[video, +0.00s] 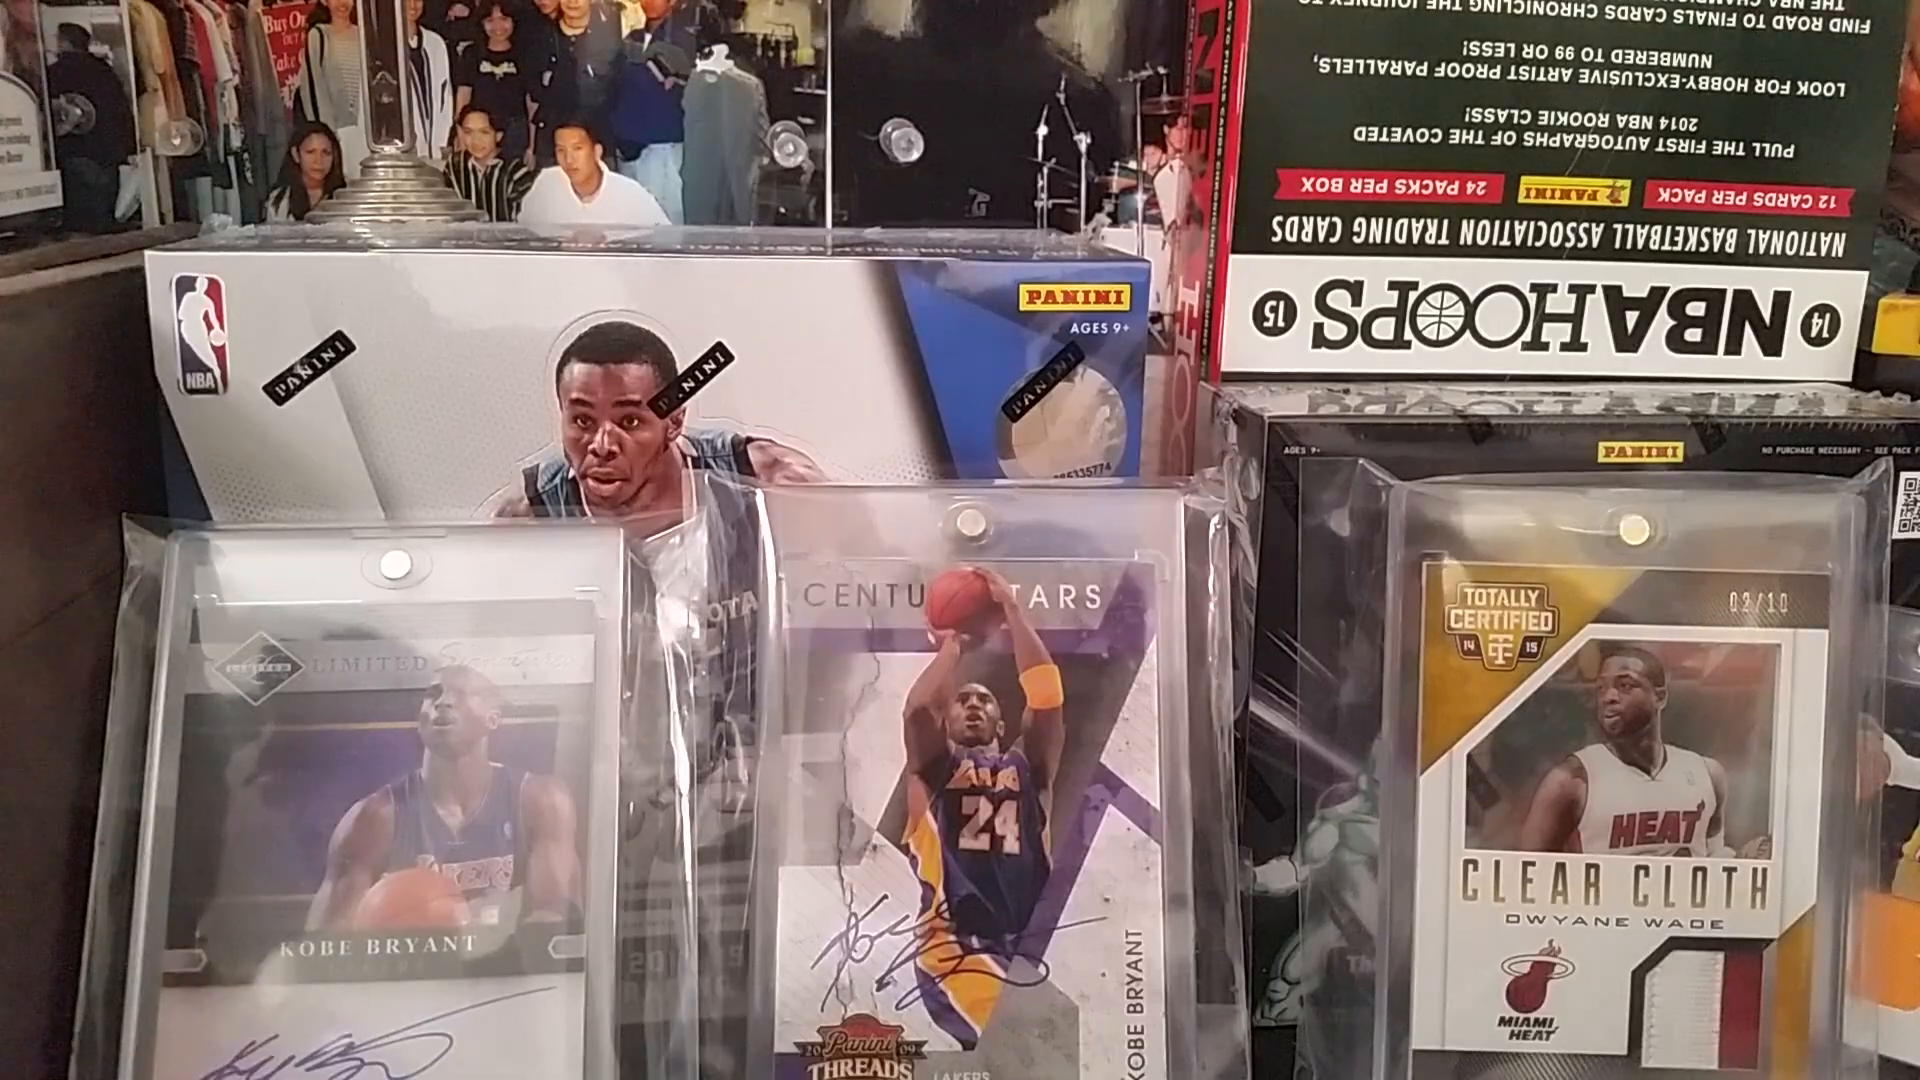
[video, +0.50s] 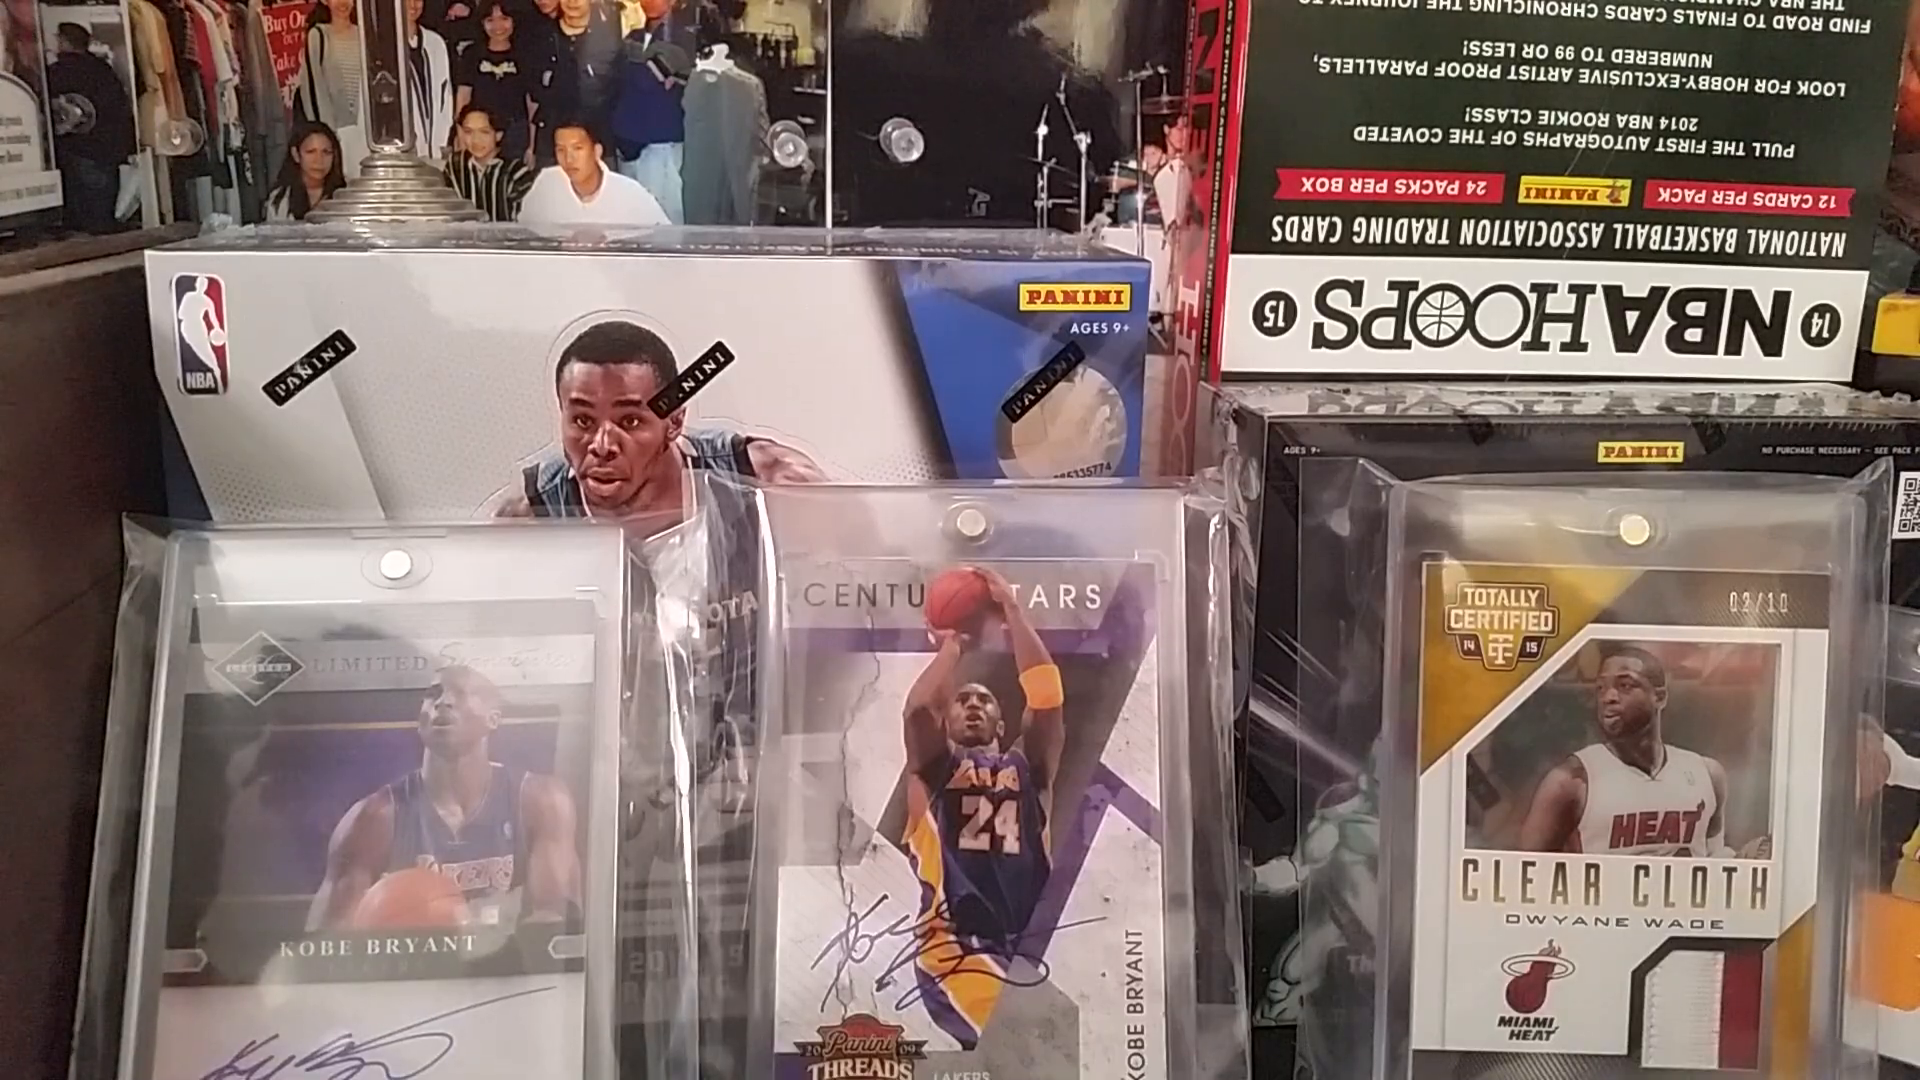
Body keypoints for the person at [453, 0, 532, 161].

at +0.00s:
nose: (497, 26)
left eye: (504, 19)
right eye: (490, 20)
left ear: (513, 23)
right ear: (483, 25)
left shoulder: (523, 55)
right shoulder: (472, 53)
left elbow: (532, 102)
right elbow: (463, 96)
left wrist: (531, 145)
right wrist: (461, 136)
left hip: (515, 131)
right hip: (480, 133)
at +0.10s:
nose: (497, 26)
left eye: (504, 19)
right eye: (489, 20)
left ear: (513, 23)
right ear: (483, 24)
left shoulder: (523, 54)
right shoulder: (472, 53)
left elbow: (532, 102)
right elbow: (463, 96)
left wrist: (531, 146)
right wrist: (461, 136)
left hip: (514, 131)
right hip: (480, 133)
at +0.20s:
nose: (497, 26)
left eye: (504, 19)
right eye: (489, 20)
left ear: (513, 22)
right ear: (483, 25)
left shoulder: (523, 55)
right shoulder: (472, 53)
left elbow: (532, 102)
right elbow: (463, 96)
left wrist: (531, 146)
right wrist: (461, 136)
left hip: (515, 130)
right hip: (480, 131)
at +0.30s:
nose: (497, 26)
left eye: (503, 19)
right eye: (490, 20)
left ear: (513, 22)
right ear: (483, 24)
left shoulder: (524, 55)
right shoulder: (472, 53)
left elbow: (532, 103)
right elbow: (463, 96)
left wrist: (531, 146)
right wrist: (460, 136)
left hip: (515, 130)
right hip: (480, 131)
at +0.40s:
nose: (497, 26)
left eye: (504, 19)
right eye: (490, 20)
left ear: (513, 23)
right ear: (483, 24)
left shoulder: (524, 55)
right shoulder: (472, 53)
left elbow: (532, 103)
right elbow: (463, 96)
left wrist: (531, 146)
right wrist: (460, 135)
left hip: (515, 129)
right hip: (480, 131)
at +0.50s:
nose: (498, 26)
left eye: (504, 18)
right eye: (490, 20)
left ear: (513, 22)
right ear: (483, 25)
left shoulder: (524, 55)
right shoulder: (472, 53)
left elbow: (532, 102)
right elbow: (463, 96)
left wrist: (531, 146)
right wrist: (460, 135)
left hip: (515, 130)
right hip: (480, 132)